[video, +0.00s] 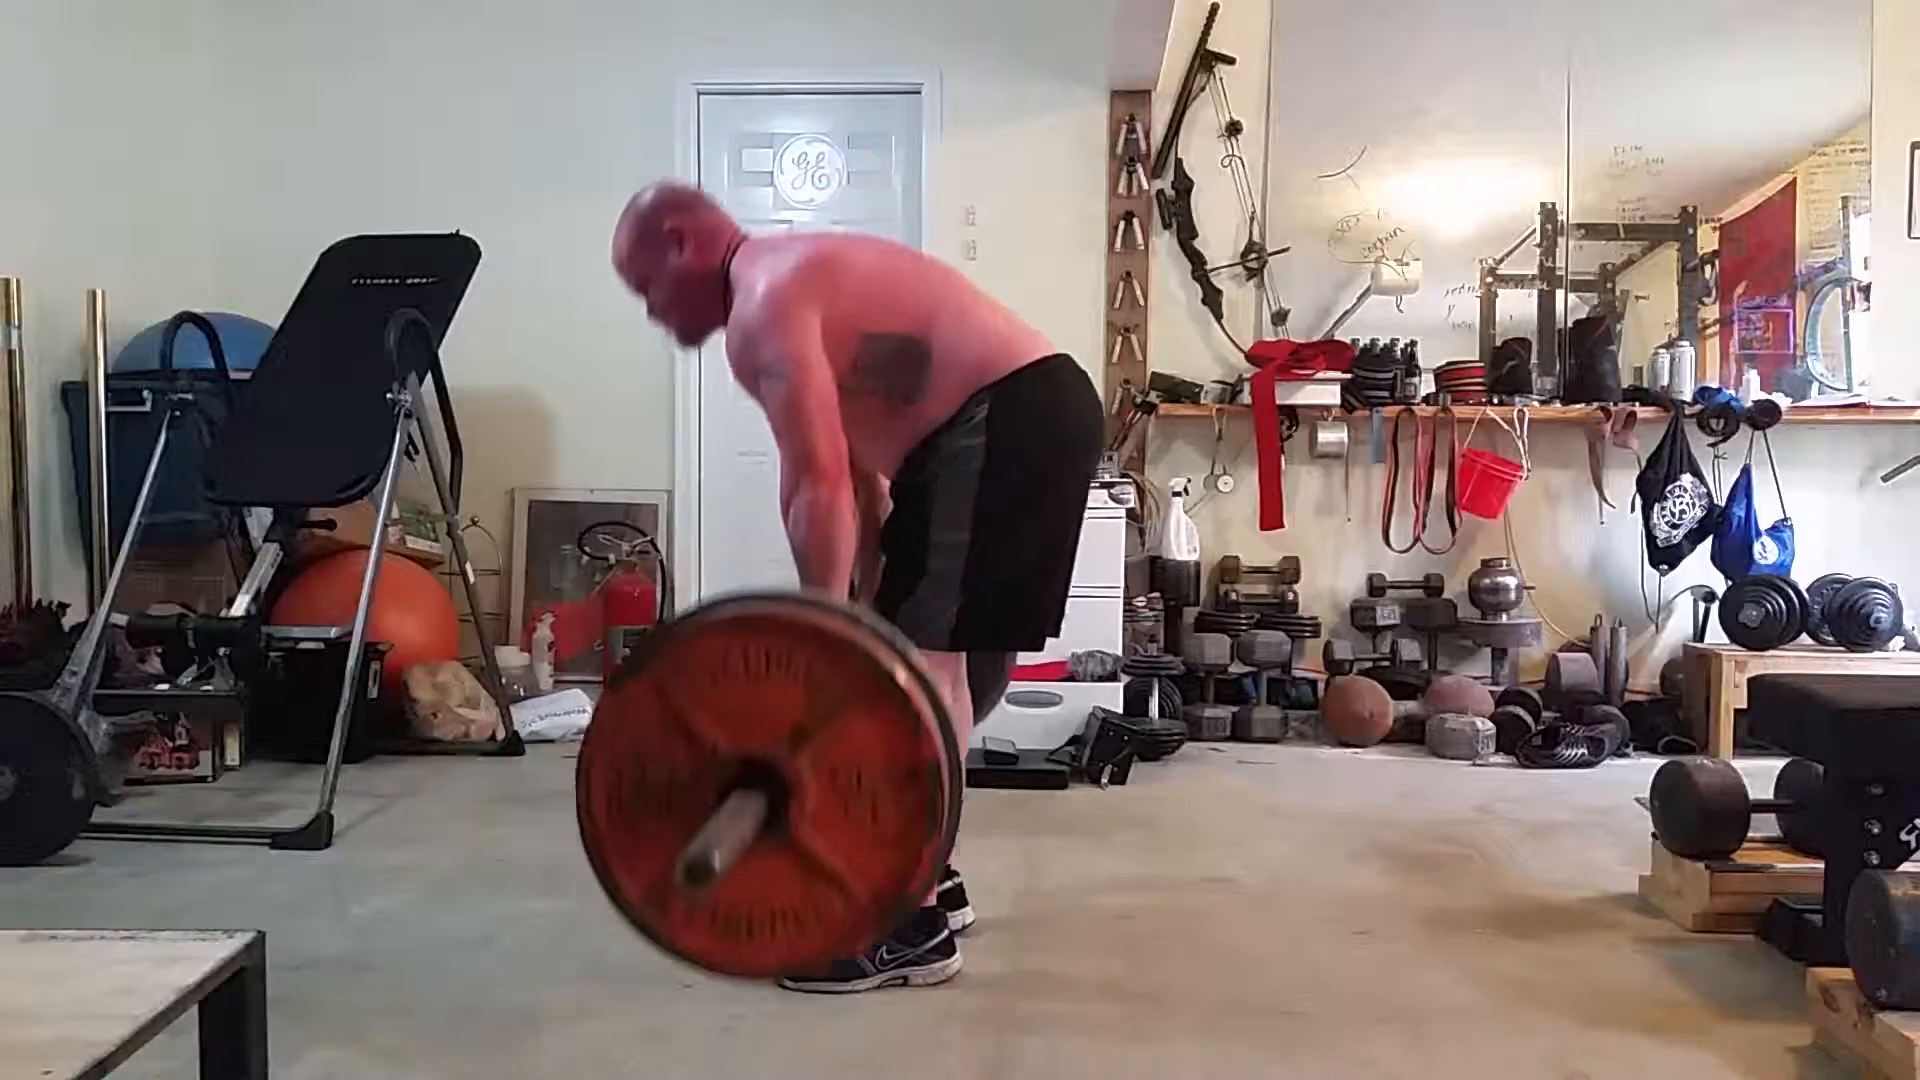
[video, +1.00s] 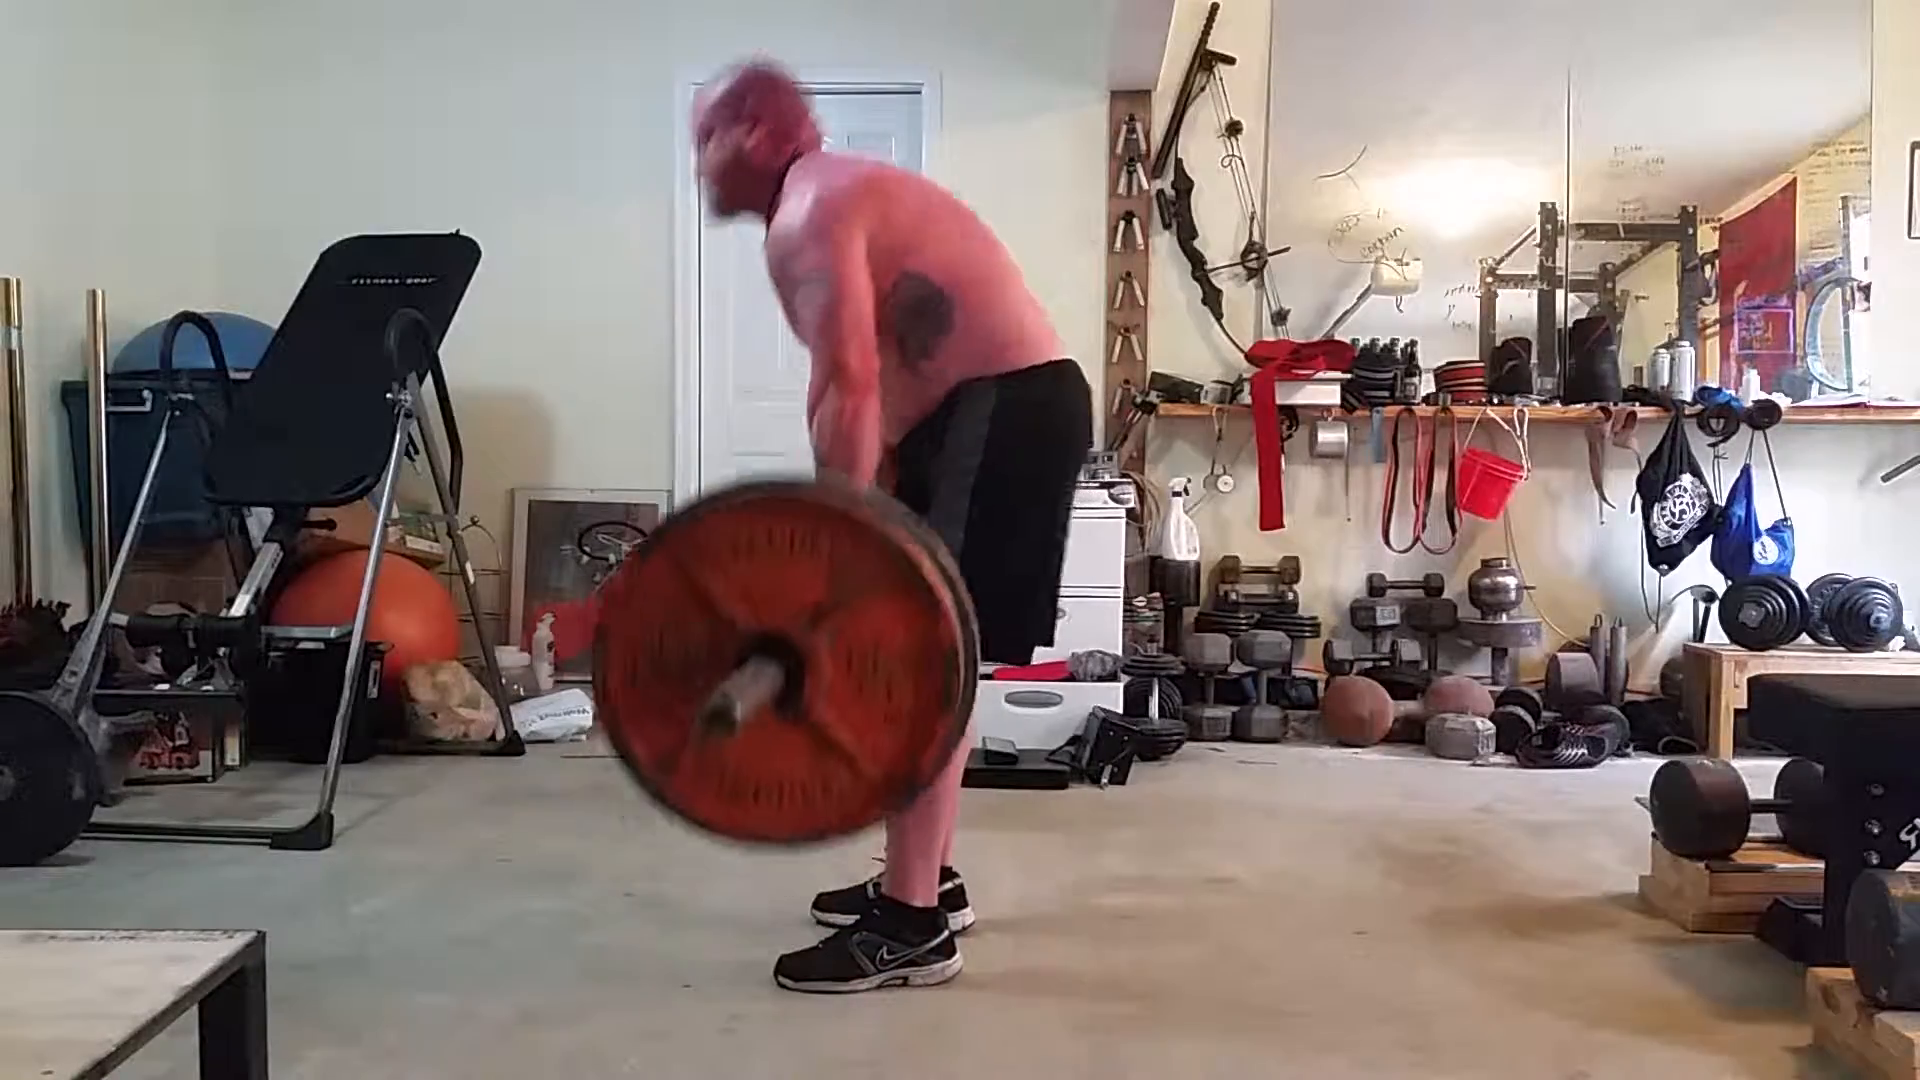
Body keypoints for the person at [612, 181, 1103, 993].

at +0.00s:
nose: (652, 313)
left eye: (648, 289)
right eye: (642, 297)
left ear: (688, 245)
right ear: (696, 242)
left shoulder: (768, 301)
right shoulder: (781, 291)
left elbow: (819, 486)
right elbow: (863, 490)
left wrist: (815, 655)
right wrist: (844, 640)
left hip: (1004, 419)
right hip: (982, 423)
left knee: (922, 662)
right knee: (918, 660)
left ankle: (905, 920)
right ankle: (920, 881)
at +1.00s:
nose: (696, 164)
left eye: (706, 140)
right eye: (696, 143)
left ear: (757, 130)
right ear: (773, 134)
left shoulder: (814, 204)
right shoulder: (827, 202)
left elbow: (851, 385)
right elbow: (835, 390)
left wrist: (829, 557)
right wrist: (827, 551)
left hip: (997, 412)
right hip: (969, 413)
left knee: (929, 657)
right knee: (917, 648)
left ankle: (914, 918)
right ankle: (919, 883)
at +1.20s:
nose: (765, 40)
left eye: (782, 19)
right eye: (770, 22)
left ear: (836, 25)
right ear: (851, 33)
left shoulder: (859, 124)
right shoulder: (873, 121)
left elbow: (867, 304)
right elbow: (878, 308)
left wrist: (838, 467)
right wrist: (835, 461)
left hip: (959, 399)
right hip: (970, 398)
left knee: (925, 657)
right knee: (932, 654)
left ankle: (912, 917)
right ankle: (926, 882)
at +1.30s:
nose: (804, 15)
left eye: (818, 2)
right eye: (810, 2)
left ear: (868, 8)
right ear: (894, 16)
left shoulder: (886, 100)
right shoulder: (929, 100)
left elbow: (886, 282)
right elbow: (914, 287)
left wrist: (826, 445)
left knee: (916, 657)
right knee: (931, 653)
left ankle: (911, 919)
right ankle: (929, 880)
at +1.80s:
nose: (714, 100)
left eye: (721, 74)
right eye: (712, 80)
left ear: (776, 56)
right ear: (789, 59)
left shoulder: (831, 144)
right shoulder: (848, 137)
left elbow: (845, 324)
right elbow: (861, 324)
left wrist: (810, 489)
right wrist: (811, 483)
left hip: (949, 402)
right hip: (958, 401)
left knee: (898, 651)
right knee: (909, 649)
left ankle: (909, 917)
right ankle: (920, 878)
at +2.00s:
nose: (658, 215)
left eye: (656, 189)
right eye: (648, 197)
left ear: (701, 155)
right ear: (719, 149)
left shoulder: (779, 218)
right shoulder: (798, 206)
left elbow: (826, 397)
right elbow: (839, 396)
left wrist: (811, 571)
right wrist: (823, 568)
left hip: (971, 409)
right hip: (970, 408)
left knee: (913, 656)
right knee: (922, 651)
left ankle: (909, 916)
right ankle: (923, 878)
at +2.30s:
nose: (651, 352)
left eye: (642, 328)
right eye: (638, 336)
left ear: (673, 280)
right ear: (685, 274)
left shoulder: (762, 331)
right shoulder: (774, 319)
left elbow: (815, 512)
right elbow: (863, 515)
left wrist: (813, 678)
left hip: (1008, 421)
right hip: (1013, 416)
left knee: (905, 664)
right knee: (930, 665)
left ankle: (910, 921)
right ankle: (921, 887)